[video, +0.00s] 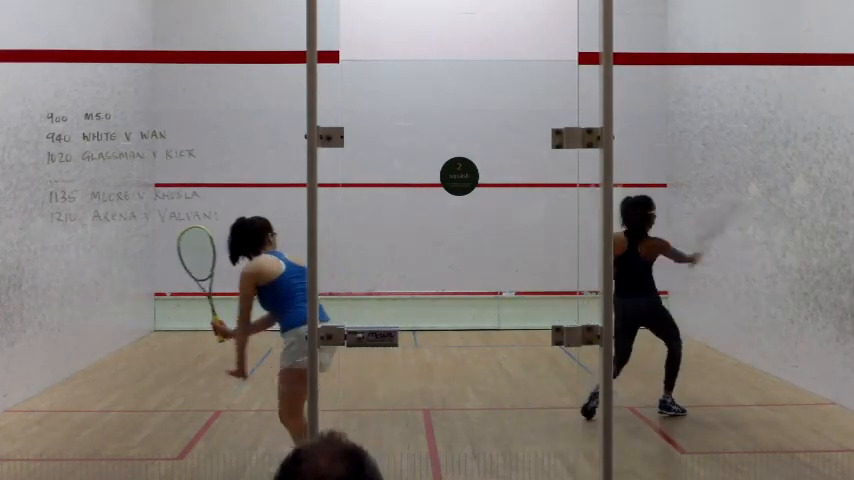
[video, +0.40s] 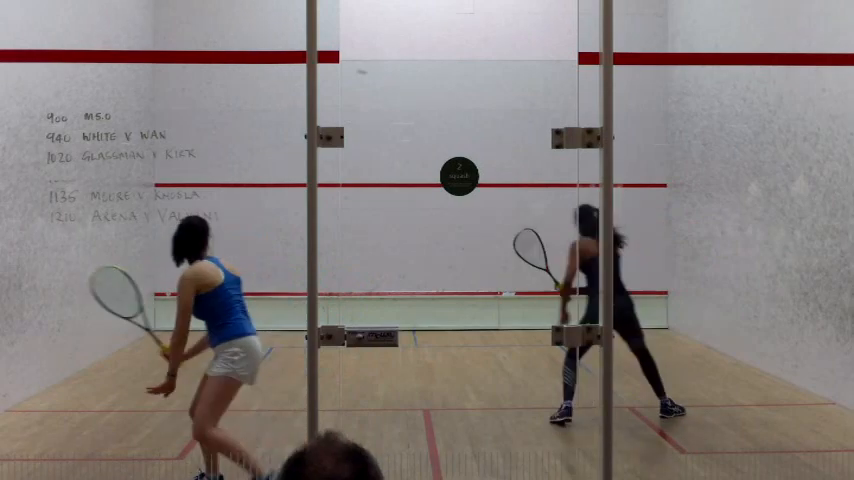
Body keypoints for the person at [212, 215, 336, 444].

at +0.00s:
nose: (275, 237)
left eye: (274, 234)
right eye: (273, 234)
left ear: (245, 245)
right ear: (269, 238)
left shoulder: (252, 270)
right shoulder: (291, 261)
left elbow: (243, 322)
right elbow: (273, 317)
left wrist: (241, 369)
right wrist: (232, 333)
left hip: (301, 338)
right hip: (323, 332)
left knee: (289, 415)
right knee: (294, 411)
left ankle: (315, 467)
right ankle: (317, 463)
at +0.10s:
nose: (261, 237)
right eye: (259, 234)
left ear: (231, 245)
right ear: (256, 238)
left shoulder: (237, 270)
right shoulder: (276, 264)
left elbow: (224, 321)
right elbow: (264, 320)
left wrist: (214, 364)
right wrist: (224, 336)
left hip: (287, 340)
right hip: (303, 335)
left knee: (283, 418)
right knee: (263, 400)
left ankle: (319, 468)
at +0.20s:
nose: (245, 238)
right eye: (243, 235)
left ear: (214, 245)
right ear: (240, 240)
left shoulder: (221, 272)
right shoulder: (261, 266)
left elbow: (204, 326)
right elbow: (258, 325)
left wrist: (191, 368)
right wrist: (223, 348)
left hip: (268, 345)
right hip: (278, 339)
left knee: (264, 426)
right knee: (235, 411)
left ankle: (316, 462)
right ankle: (219, 473)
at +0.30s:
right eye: (225, 239)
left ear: (196, 245)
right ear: (224, 243)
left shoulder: (204, 275)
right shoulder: (243, 269)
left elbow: (189, 330)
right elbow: (244, 326)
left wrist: (177, 373)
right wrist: (210, 354)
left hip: (249, 350)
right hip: (252, 347)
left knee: (228, 433)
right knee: (210, 410)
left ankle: (292, 460)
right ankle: (213, 473)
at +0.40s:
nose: (176, 243)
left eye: (178, 238)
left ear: (180, 242)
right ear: (205, 241)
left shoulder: (191, 275)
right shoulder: (225, 268)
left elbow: (180, 333)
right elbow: (220, 328)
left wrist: (171, 377)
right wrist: (183, 355)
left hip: (236, 350)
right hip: (237, 347)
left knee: (203, 429)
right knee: (197, 413)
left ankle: (261, 474)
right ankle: (212, 474)